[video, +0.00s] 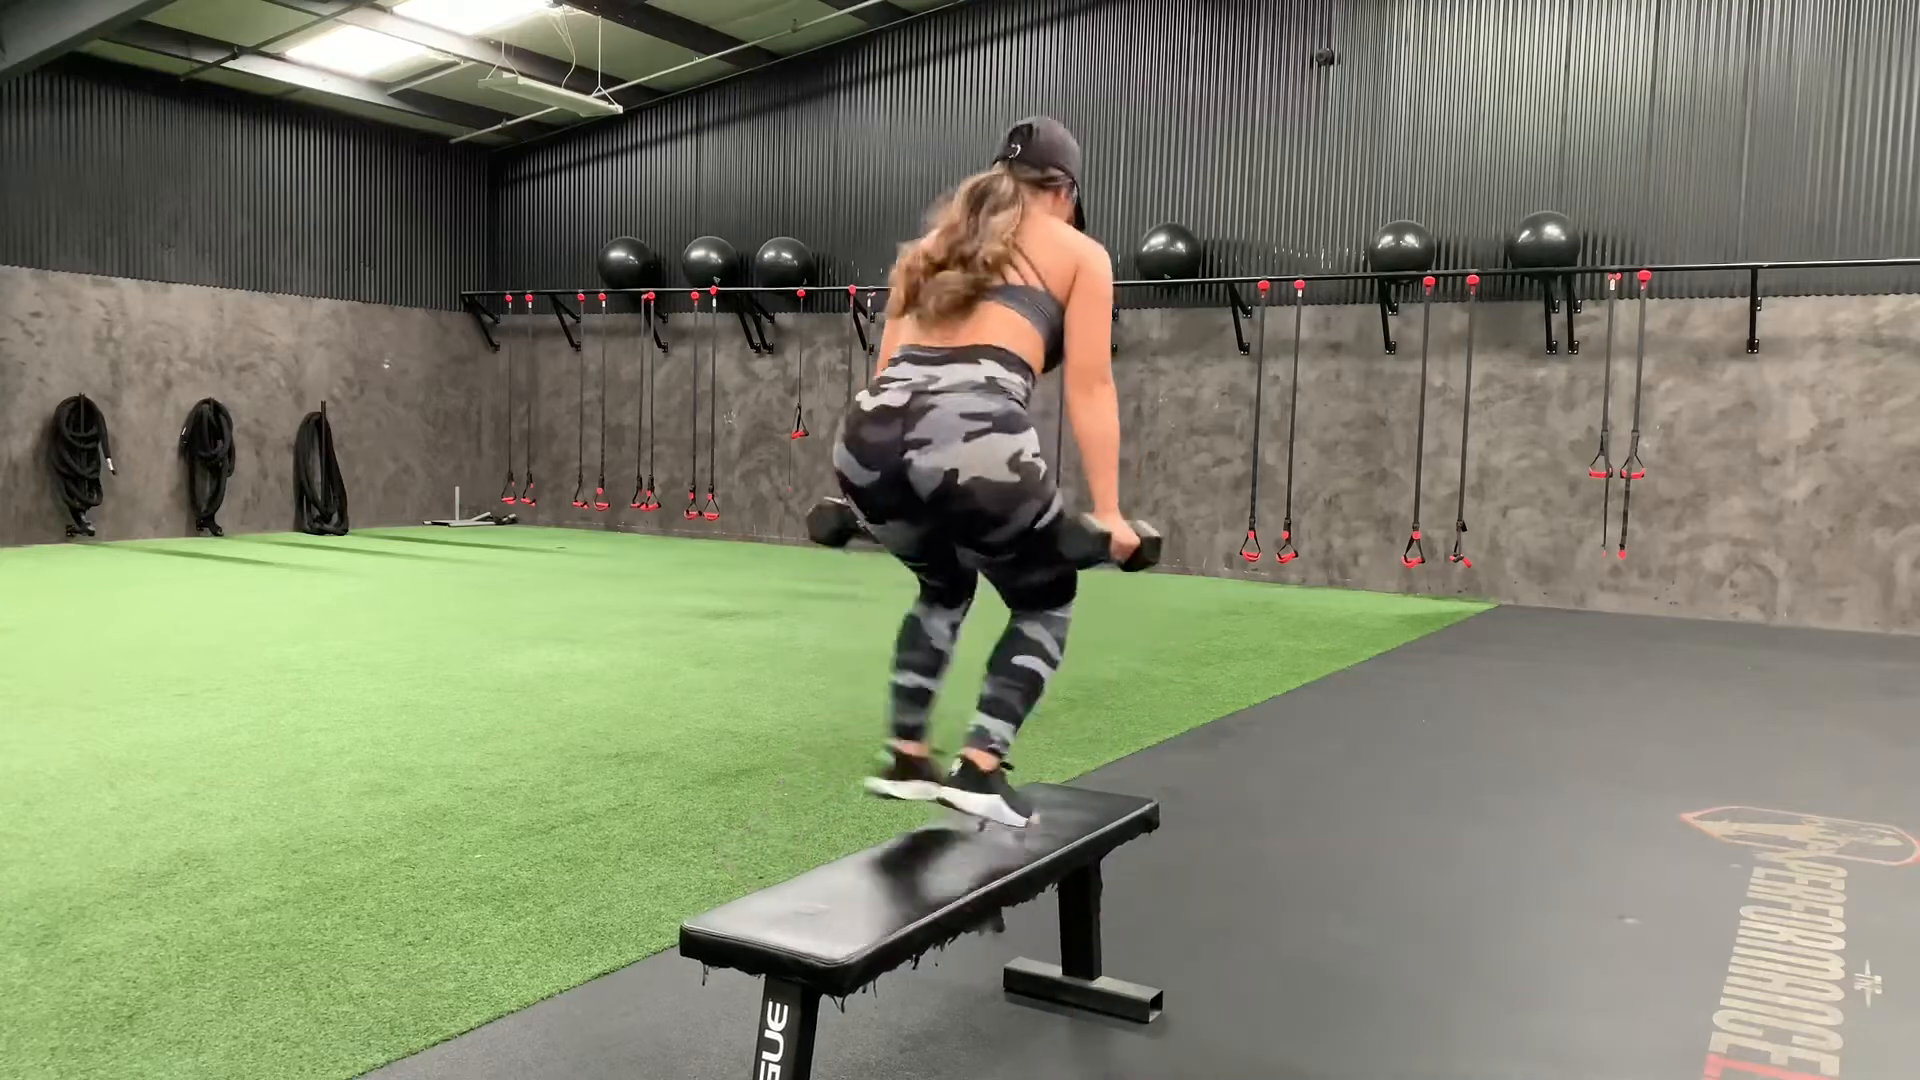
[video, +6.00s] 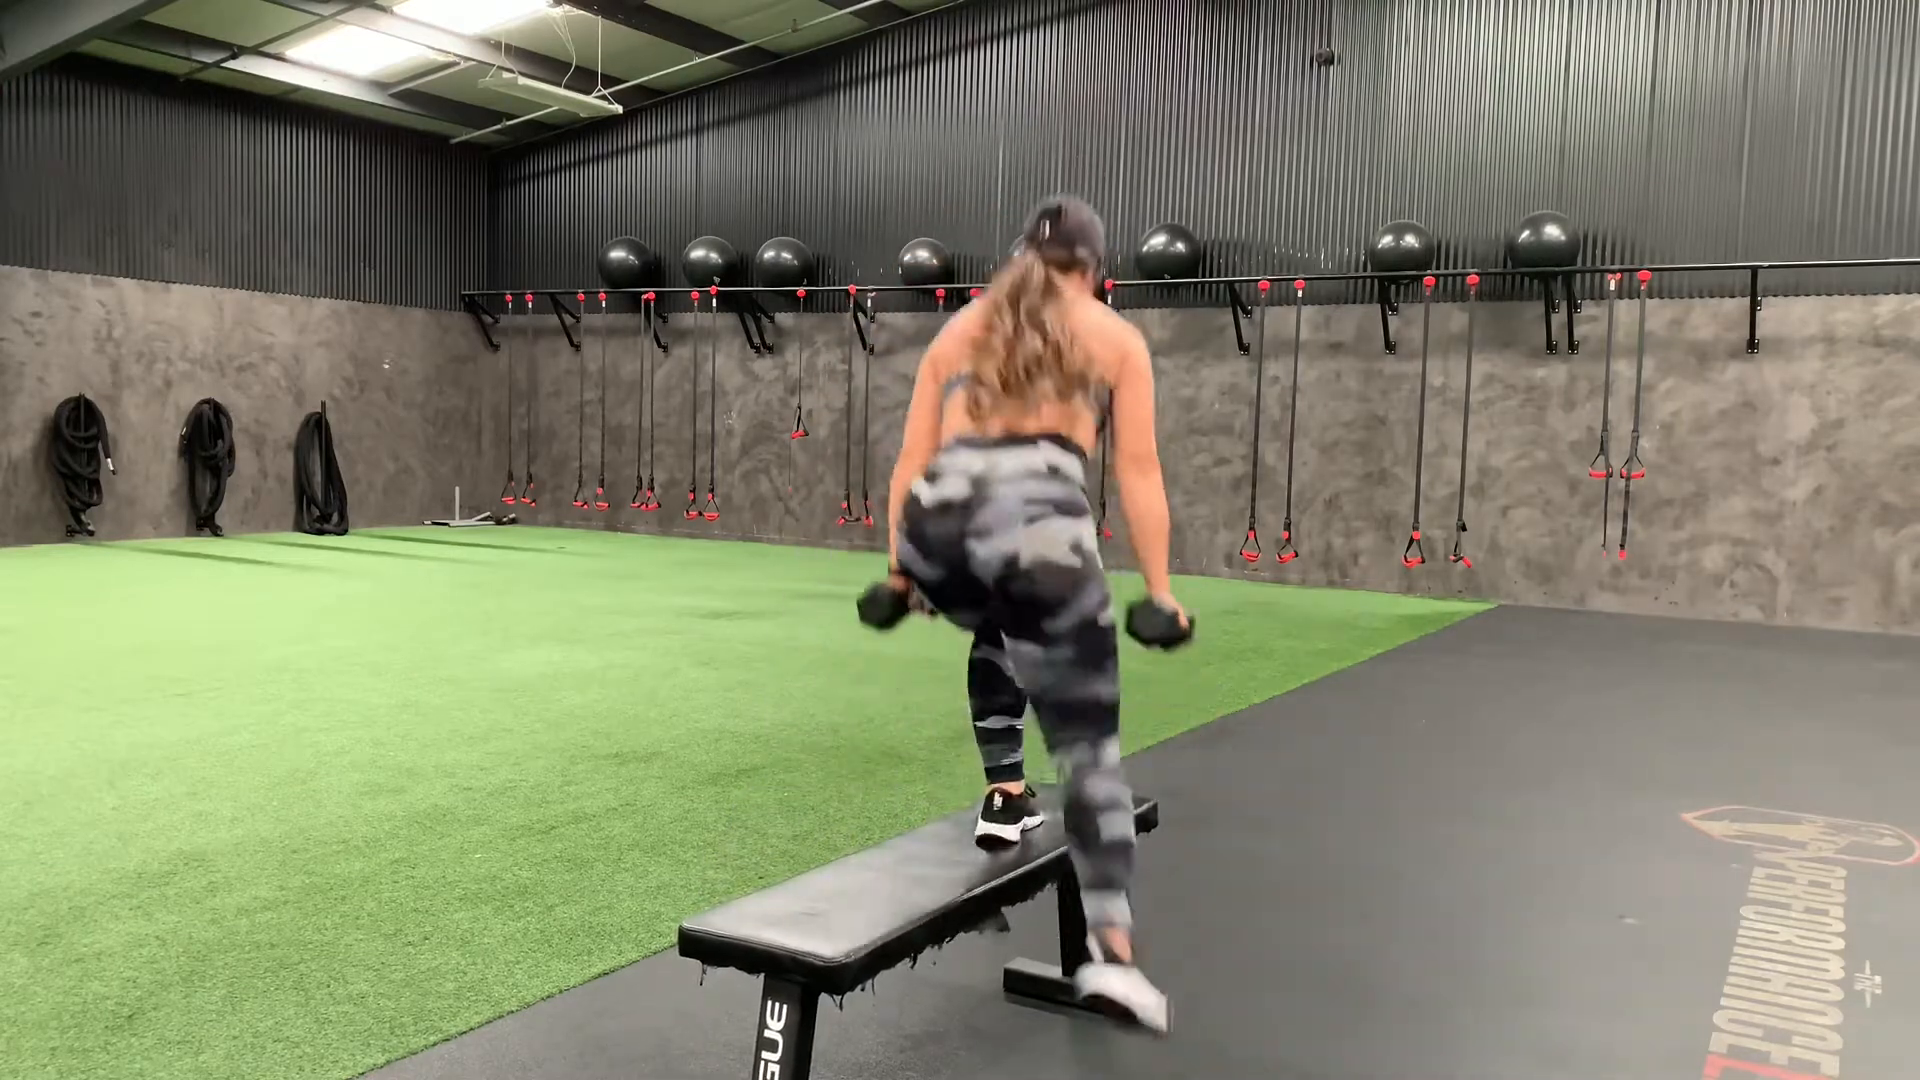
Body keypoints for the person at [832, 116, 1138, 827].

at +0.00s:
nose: (1070, 210)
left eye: (1069, 198)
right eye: (1071, 198)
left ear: (997, 182)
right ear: (1060, 193)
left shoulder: (930, 245)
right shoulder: (1077, 251)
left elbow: (886, 367)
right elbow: (1089, 388)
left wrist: (854, 487)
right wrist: (1108, 511)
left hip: (872, 445)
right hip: (979, 442)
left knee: (945, 583)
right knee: (1043, 600)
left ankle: (906, 756)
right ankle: (979, 768)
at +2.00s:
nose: (1077, 393)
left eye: (1074, 381)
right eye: (1078, 381)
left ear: (1011, 369)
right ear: (1070, 380)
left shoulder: (957, 425)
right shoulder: (1063, 450)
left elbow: (929, 538)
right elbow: (1053, 593)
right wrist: (1051, 717)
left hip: (857, 647)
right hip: (941, 653)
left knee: (817, 827)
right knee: (1070, 639)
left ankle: (724, 992)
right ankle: (989, 797)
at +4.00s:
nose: (1097, 243)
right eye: (1098, 230)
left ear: (1021, 223)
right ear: (1098, 231)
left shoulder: (953, 288)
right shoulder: (1120, 303)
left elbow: (906, 407)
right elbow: (1121, 433)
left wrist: (866, 509)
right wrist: (1128, 560)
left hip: (909, 470)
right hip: (1016, 470)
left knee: (966, 608)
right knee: (1060, 681)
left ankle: (988, 783)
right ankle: (1070, 870)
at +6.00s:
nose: (1097, 285)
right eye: (1102, 273)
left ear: (1022, 257)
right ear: (1095, 270)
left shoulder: (958, 332)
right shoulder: (1117, 338)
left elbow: (915, 459)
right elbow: (1137, 469)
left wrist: (900, 567)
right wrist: (1158, 587)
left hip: (939, 519)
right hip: (1046, 519)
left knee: (990, 619)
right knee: (1088, 745)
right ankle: (1109, 944)